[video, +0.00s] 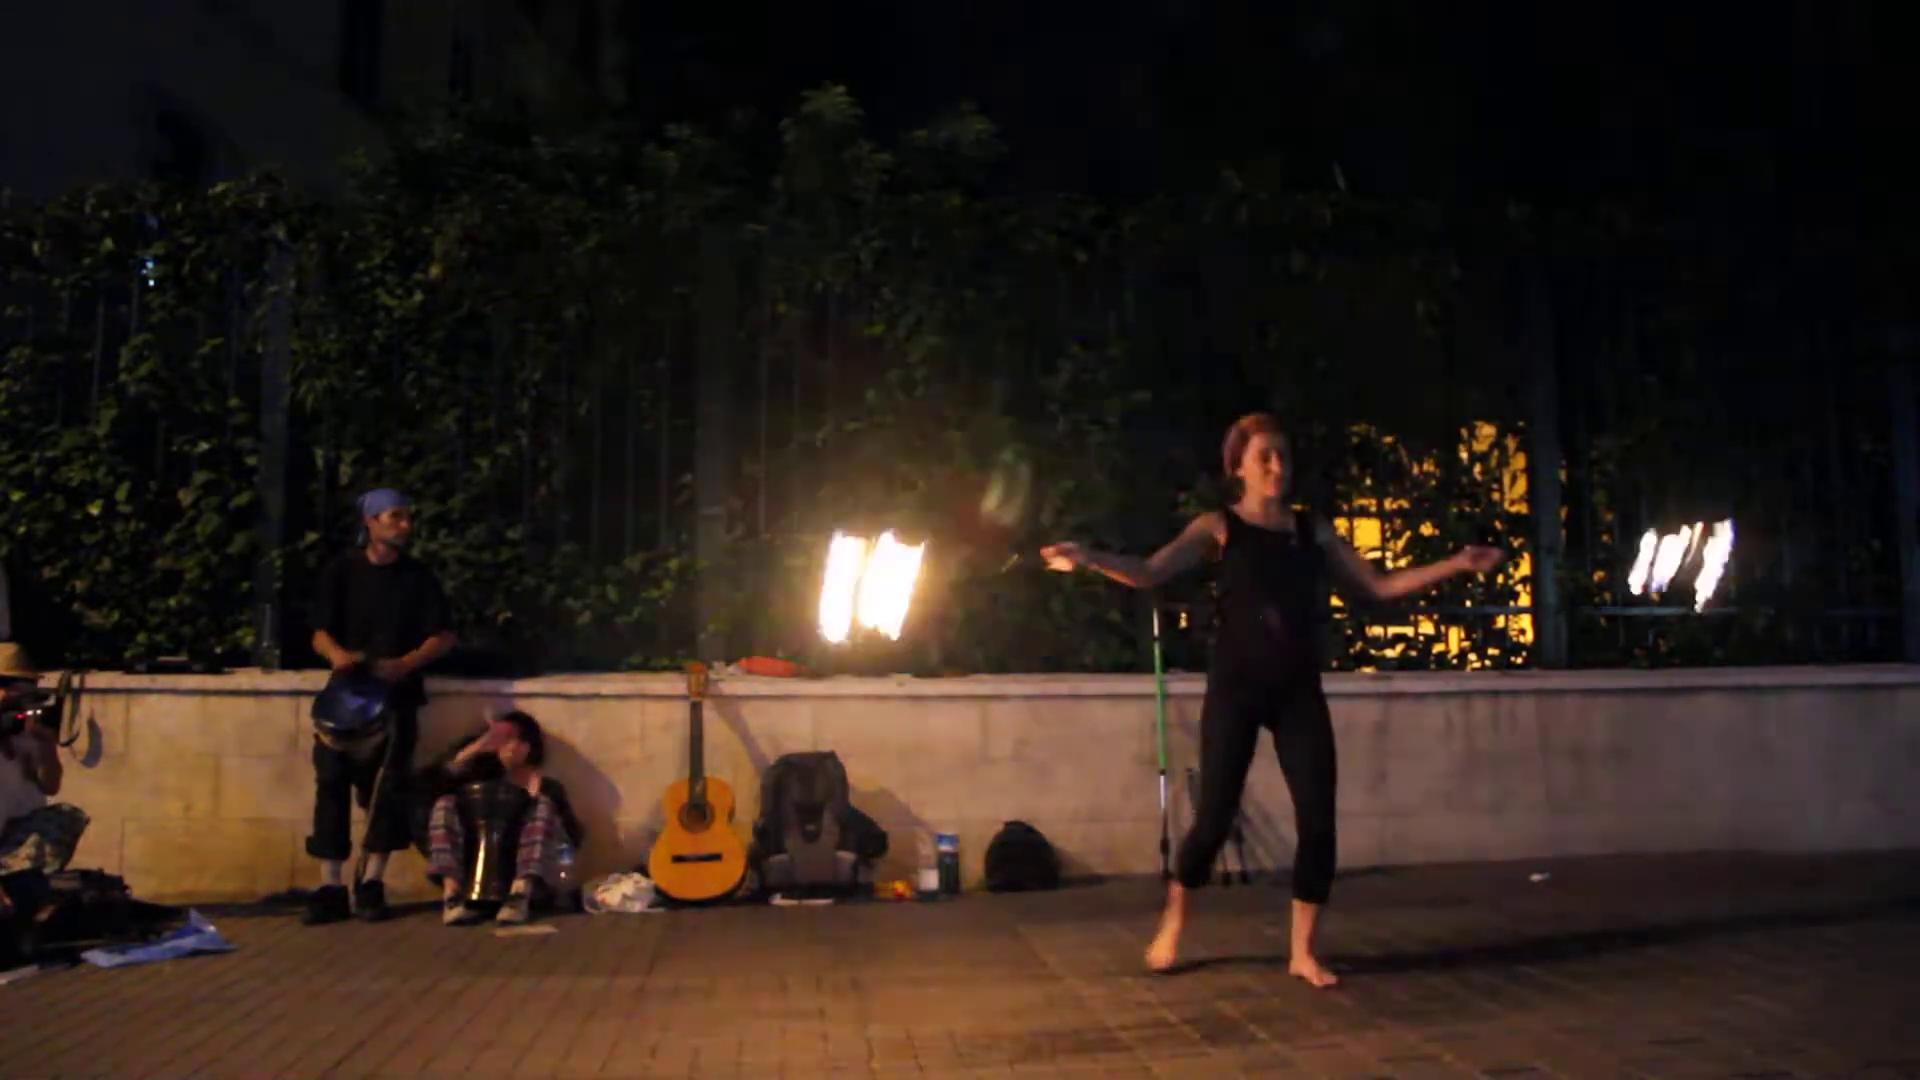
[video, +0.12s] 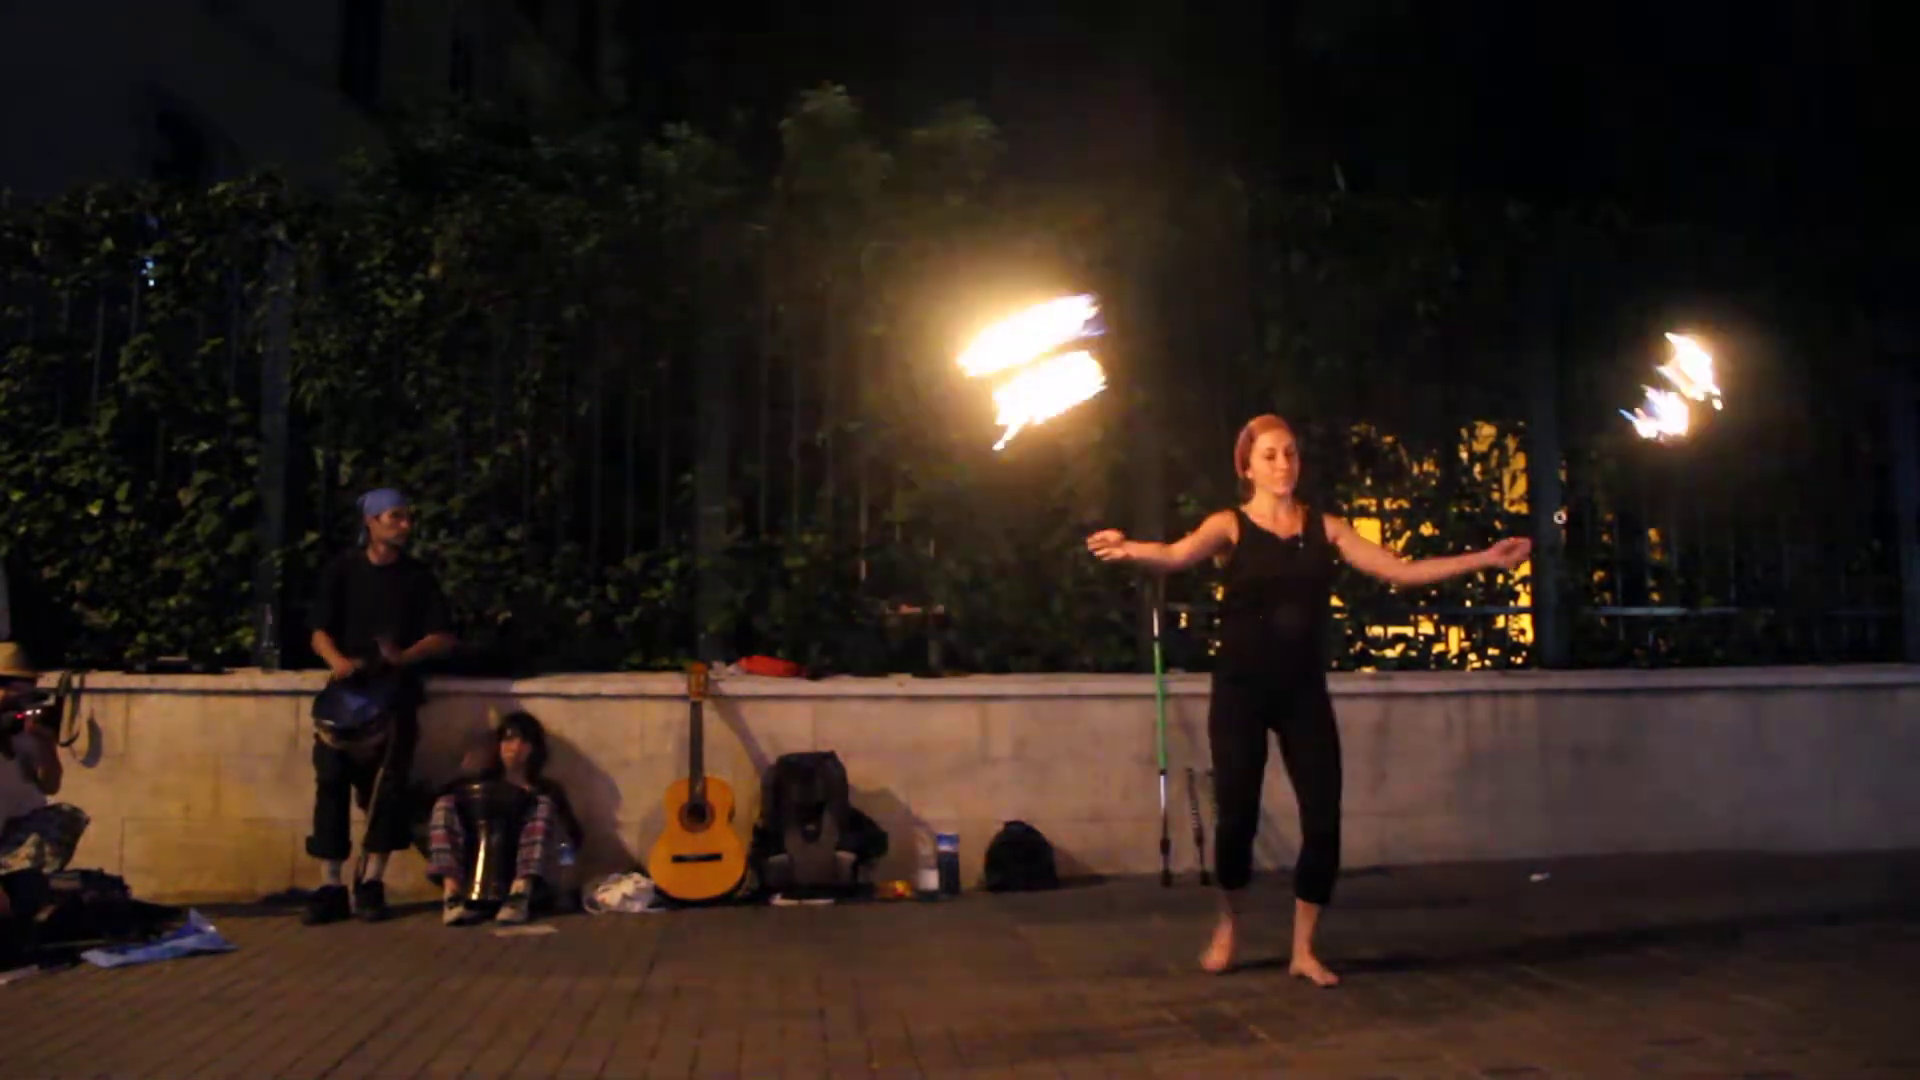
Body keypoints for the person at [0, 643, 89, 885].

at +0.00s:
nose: (18, 695)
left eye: (24, 688)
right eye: (12, 687)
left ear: (32, 691)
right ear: (2, 689)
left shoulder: (28, 728)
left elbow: (50, 786)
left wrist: (44, 739)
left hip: (17, 821)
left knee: (69, 818)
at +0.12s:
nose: (21, 694)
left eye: (26, 687)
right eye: (15, 687)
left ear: (30, 688)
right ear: (4, 688)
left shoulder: (29, 731)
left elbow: (50, 786)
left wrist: (44, 741)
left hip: (17, 823)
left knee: (69, 818)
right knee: (63, 820)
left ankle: (19, 882)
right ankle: (15, 883)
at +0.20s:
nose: (19, 694)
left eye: (24, 686)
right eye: (13, 686)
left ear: (30, 687)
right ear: (5, 687)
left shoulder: (30, 727)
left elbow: (51, 785)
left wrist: (46, 739)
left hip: (18, 819)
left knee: (69, 818)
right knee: (64, 820)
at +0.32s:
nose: (19, 694)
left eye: (23, 687)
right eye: (14, 686)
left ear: (27, 688)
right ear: (6, 687)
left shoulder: (29, 729)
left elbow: (51, 784)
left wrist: (40, 736)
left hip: (17, 821)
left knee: (69, 818)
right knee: (64, 819)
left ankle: (26, 882)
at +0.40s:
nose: (18, 693)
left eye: (23, 686)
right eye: (13, 686)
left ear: (27, 688)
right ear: (4, 687)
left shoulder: (29, 728)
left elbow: (51, 784)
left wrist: (43, 737)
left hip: (18, 821)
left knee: (69, 818)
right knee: (64, 819)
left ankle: (24, 882)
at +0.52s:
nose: (19, 696)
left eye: (24, 689)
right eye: (14, 688)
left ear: (28, 690)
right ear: (3, 688)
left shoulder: (28, 728)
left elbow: (50, 784)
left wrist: (44, 740)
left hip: (18, 820)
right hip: (8, 820)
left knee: (70, 818)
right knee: (63, 819)